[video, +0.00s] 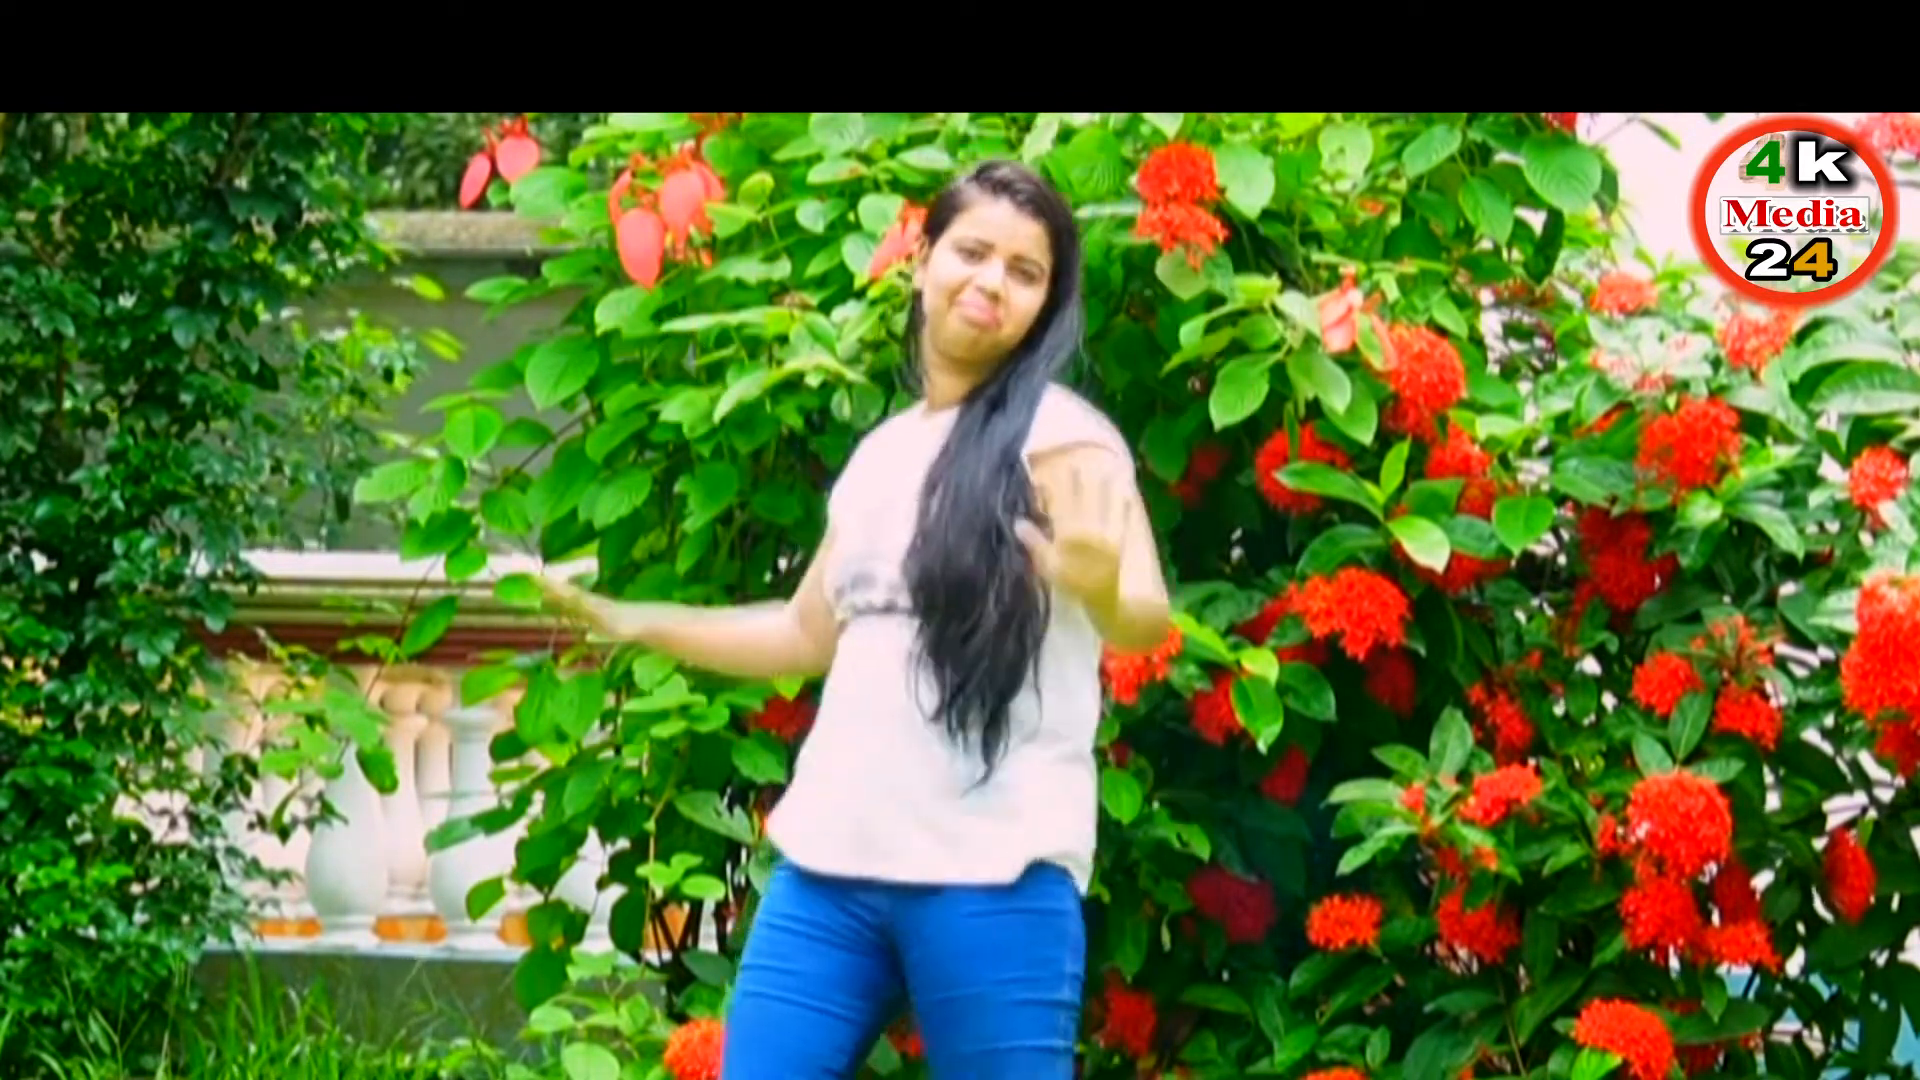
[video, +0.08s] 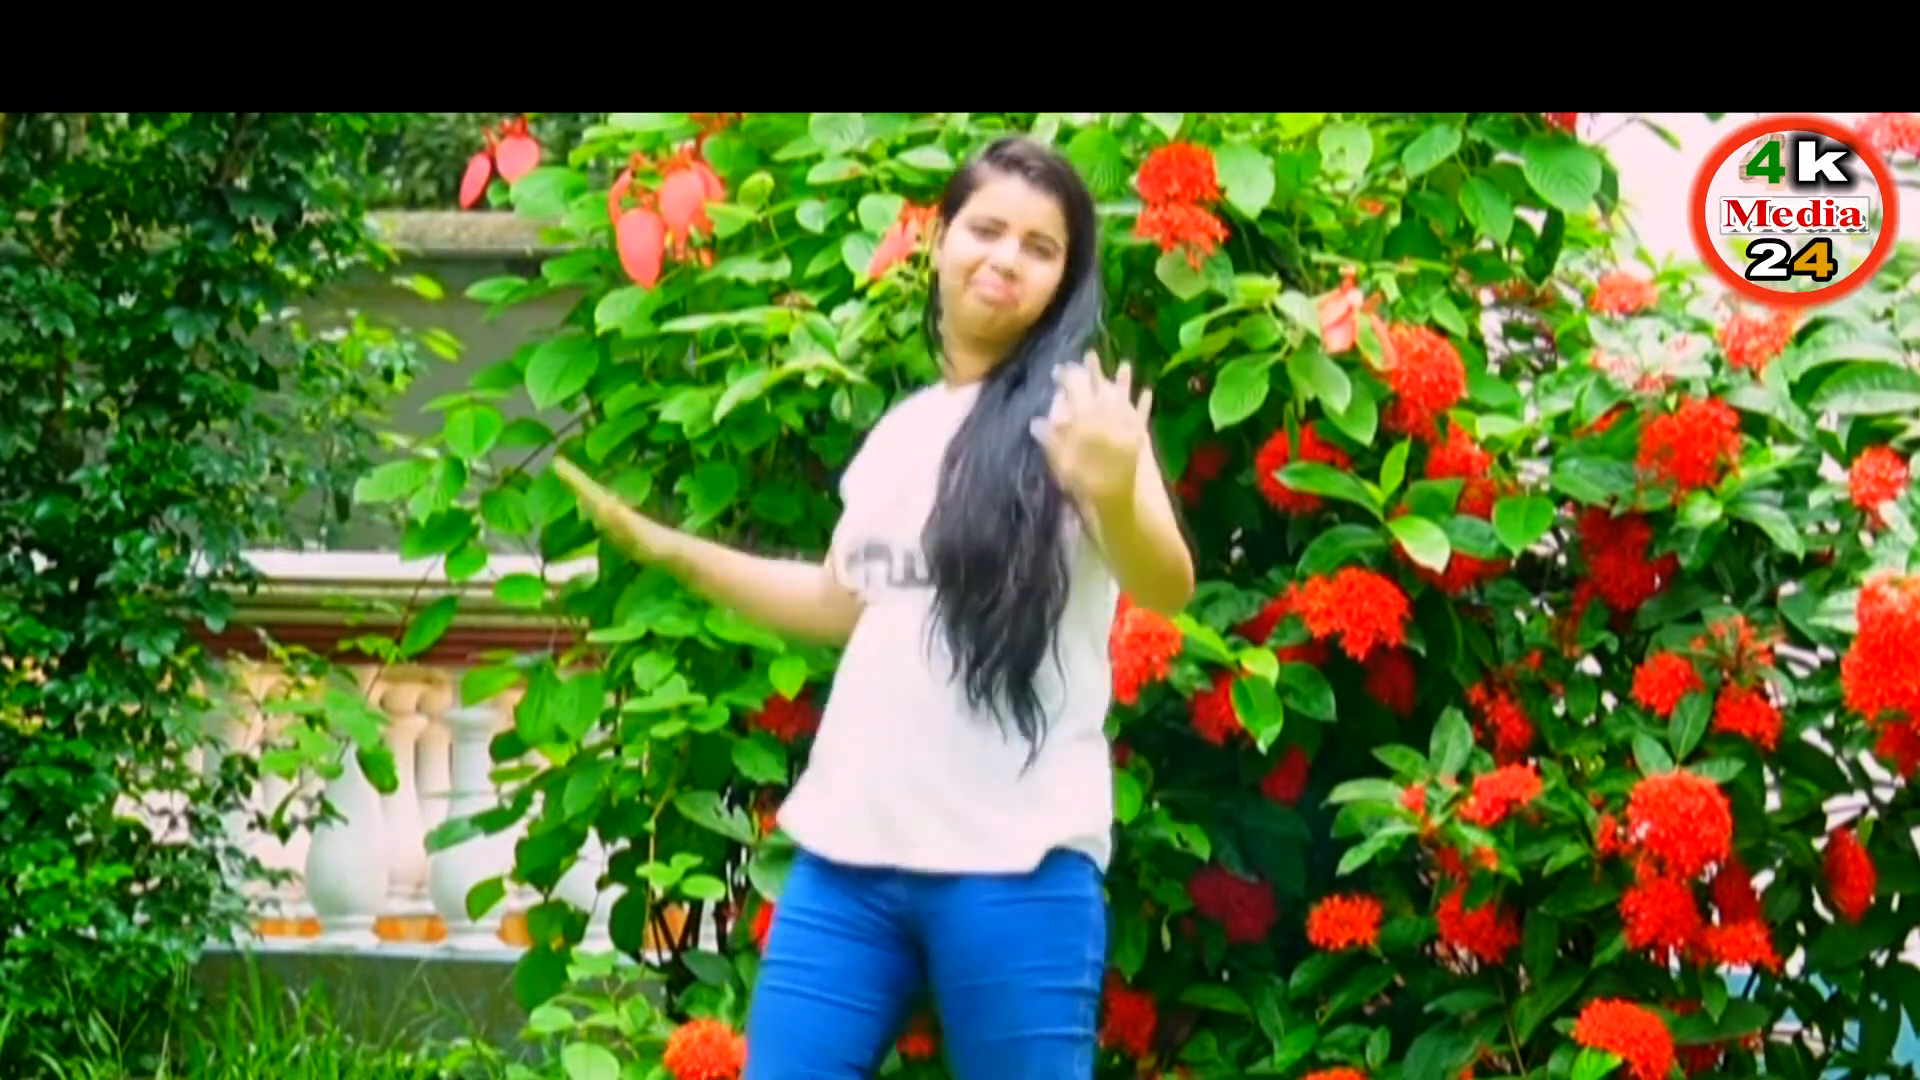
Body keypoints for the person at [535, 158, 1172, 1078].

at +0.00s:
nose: (989, 283)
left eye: (1023, 271)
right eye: (972, 251)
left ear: (1047, 304)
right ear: (923, 261)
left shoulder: (1067, 433)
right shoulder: (879, 452)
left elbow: (1148, 627)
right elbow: (804, 634)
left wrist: (1102, 593)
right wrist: (631, 622)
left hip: (995, 878)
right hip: (825, 865)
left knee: (1008, 1067)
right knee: (758, 1065)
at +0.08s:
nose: (1003, 260)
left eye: (1037, 247)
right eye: (984, 229)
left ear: (1067, 281)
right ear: (938, 240)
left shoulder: (1090, 411)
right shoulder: (899, 431)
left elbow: (1169, 589)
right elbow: (840, 606)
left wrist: (1113, 497)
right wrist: (670, 549)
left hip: (1019, 866)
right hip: (845, 851)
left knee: (1027, 1069)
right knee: (781, 1069)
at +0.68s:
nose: (1097, 273)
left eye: (1132, 256)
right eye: (1078, 242)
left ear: (1169, 287)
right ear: (1041, 254)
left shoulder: (1183, 428)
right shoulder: (1008, 441)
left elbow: (1258, 627)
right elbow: (959, 622)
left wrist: (1206, 463)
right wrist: (828, 505)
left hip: (1127, 867)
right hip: (975, 868)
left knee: (1088, 1072)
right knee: (864, 1074)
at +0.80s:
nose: (1082, 279)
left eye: (1118, 264)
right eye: (1066, 247)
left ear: (1153, 297)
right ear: (1028, 259)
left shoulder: (1173, 442)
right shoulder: (989, 451)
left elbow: (1218, 650)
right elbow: (916, 628)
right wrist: (754, 589)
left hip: (1113, 859)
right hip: (964, 854)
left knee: (1068, 1071)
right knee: (856, 1069)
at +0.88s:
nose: (1071, 275)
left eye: (1107, 262)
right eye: (1054, 244)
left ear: (1139, 295)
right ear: (1015, 254)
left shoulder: (1152, 432)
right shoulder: (984, 449)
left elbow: (1217, 623)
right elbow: (909, 629)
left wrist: (1150, 672)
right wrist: (752, 610)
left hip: (1101, 858)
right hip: (948, 850)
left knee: (1071, 1069)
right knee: (852, 1067)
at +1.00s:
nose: (1053, 247)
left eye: (1088, 234)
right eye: (1036, 216)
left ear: (1118, 266)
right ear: (993, 226)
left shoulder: (1121, 399)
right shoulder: (945, 420)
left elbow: (1215, 589)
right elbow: (938, 632)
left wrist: (1150, 746)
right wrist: (795, 666)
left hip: (1071, 851)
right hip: (910, 854)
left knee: (1083, 1070)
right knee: (840, 1071)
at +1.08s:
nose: (1043, 245)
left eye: (1077, 230)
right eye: (1024, 214)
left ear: (1111, 265)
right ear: (981, 227)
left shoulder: (1113, 398)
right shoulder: (931, 404)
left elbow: (1198, 595)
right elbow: (938, 632)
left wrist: (1146, 756)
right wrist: (815, 700)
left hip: (1056, 851)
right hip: (891, 850)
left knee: (1090, 1071)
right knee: (830, 1071)